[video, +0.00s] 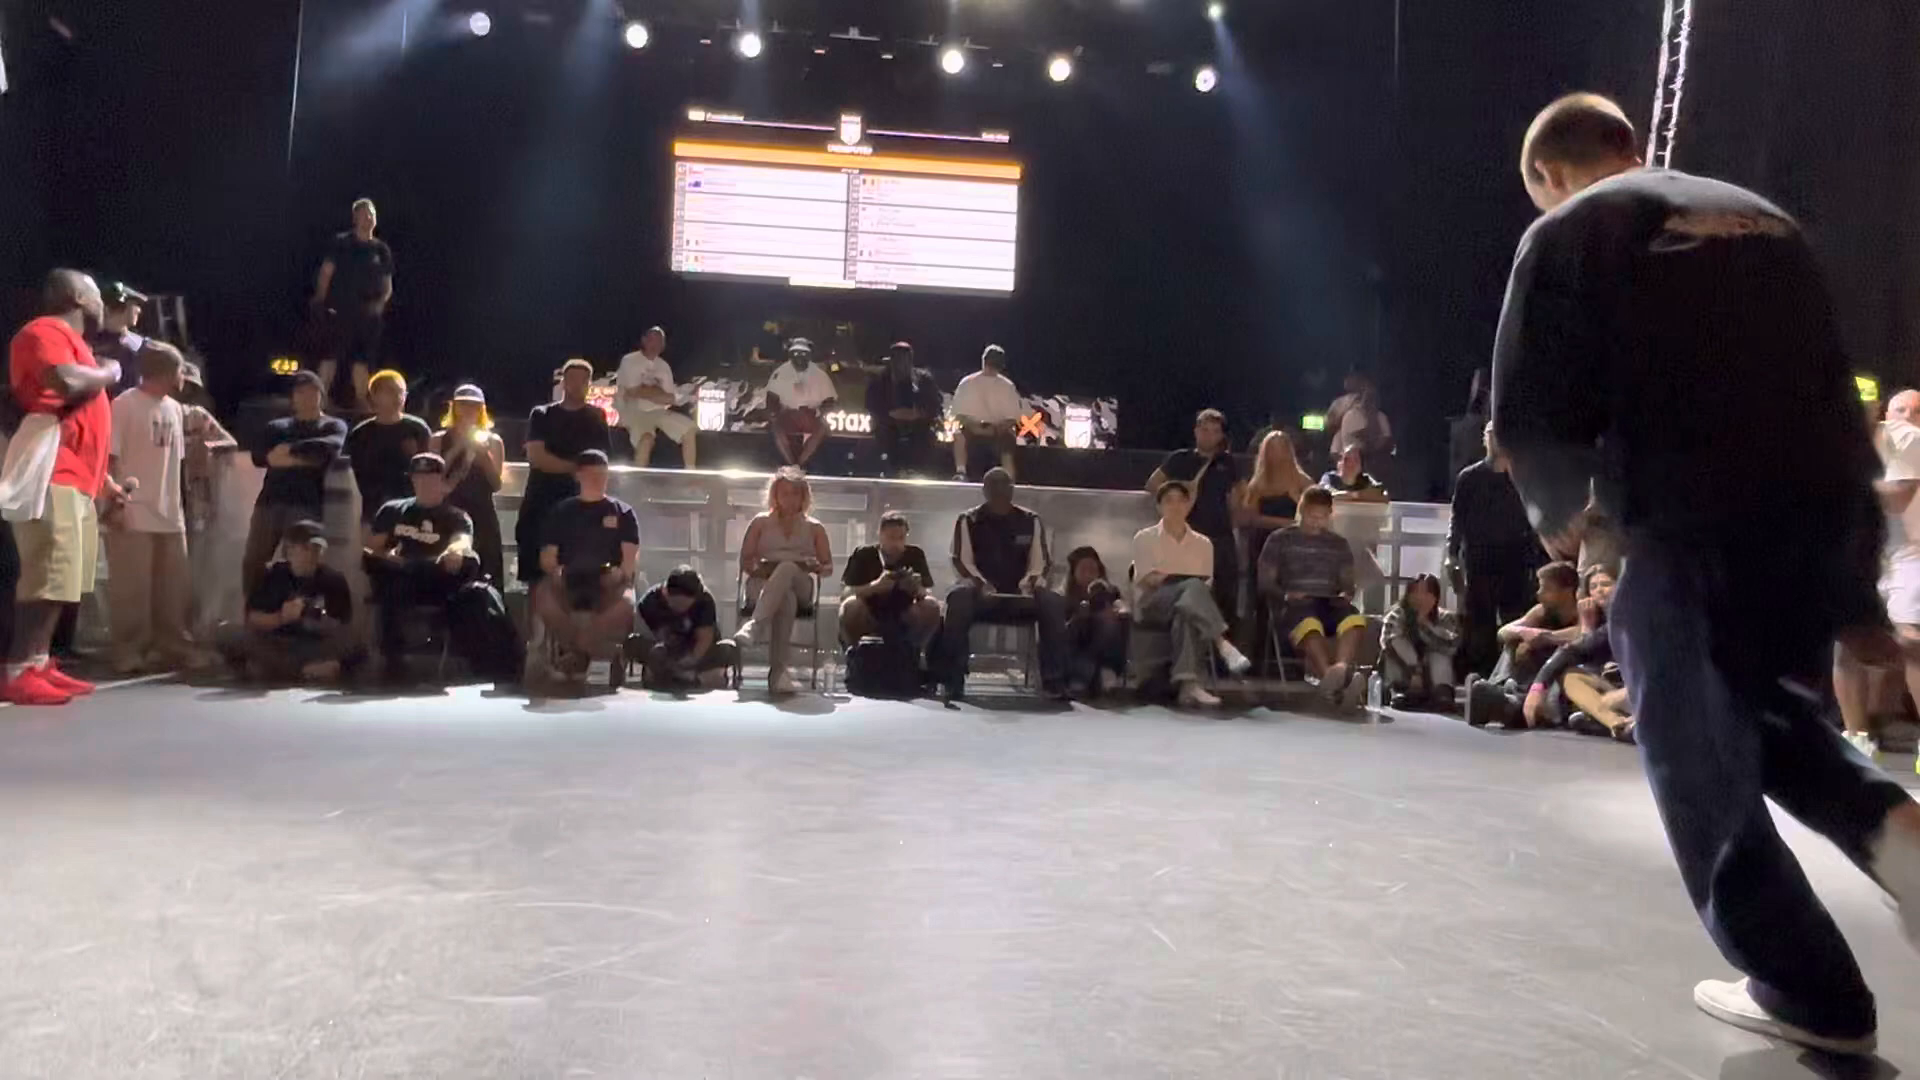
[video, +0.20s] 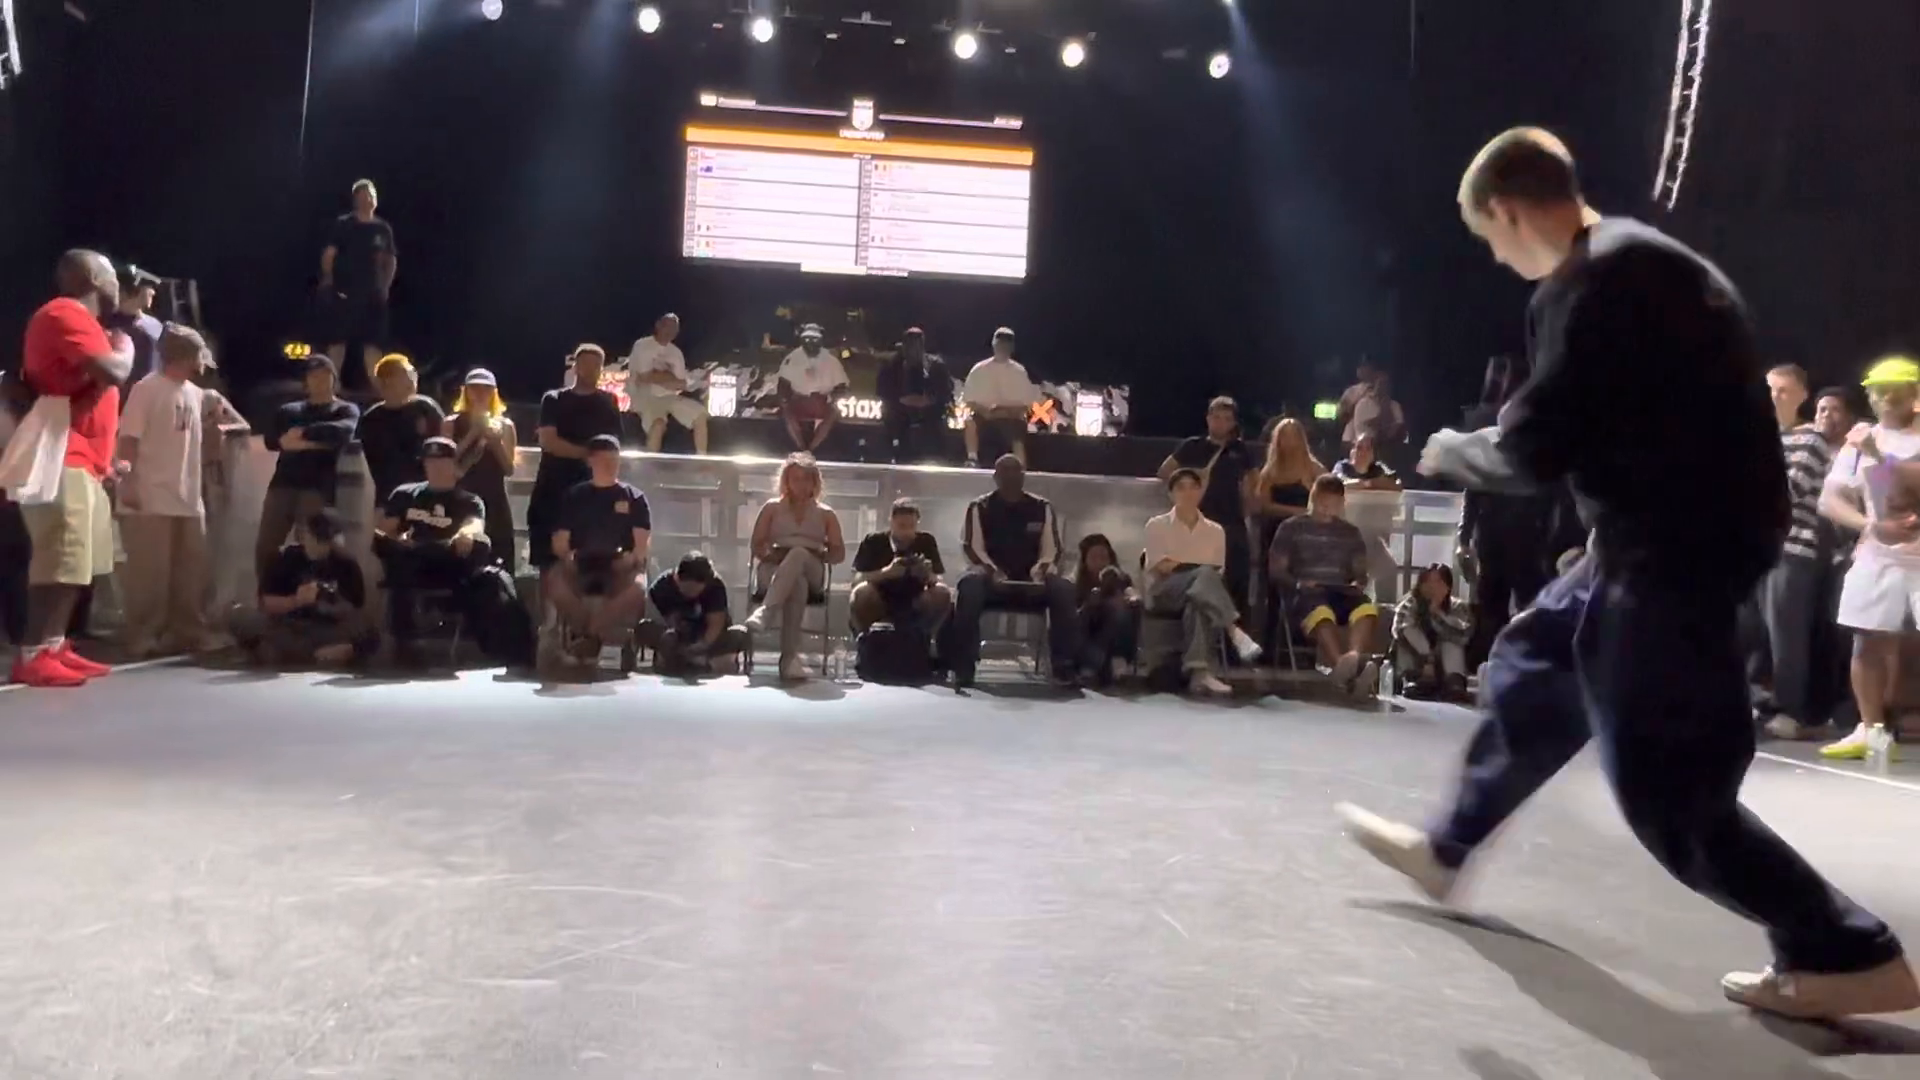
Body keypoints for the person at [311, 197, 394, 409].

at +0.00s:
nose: (367, 220)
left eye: (370, 216)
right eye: (362, 216)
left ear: (375, 220)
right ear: (354, 219)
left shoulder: (381, 249)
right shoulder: (340, 243)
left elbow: (387, 285)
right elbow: (326, 272)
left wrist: (379, 305)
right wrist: (320, 300)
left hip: (367, 311)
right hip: (338, 308)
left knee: (363, 360)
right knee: (330, 357)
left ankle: (363, 404)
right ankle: (320, 401)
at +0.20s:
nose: (367, 200)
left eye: (370, 196)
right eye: (363, 196)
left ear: (376, 200)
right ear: (355, 200)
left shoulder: (383, 228)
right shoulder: (342, 225)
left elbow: (390, 260)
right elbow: (328, 255)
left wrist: (384, 287)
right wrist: (329, 283)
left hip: (372, 293)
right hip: (343, 292)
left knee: (373, 343)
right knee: (337, 342)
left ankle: (377, 390)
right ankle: (333, 385)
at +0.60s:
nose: (377, 175)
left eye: (380, 170)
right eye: (372, 171)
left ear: (385, 174)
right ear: (364, 174)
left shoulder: (393, 202)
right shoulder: (349, 201)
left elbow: (394, 233)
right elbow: (339, 231)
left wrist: (386, 253)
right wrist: (341, 259)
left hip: (384, 265)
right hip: (356, 265)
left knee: (395, 317)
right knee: (356, 319)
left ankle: (403, 366)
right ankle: (354, 365)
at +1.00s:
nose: (399, 161)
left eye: (402, 156)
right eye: (394, 156)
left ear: (406, 159)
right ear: (385, 159)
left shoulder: (416, 187)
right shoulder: (371, 186)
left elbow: (418, 215)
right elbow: (360, 217)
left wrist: (409, 236)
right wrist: (367, 243)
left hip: (411, 251)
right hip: (382, 250)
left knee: (421, 299)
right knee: (379, 300)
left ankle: (422, 345)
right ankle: (376, 345)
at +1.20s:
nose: (422, 157)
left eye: (424, 152)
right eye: (417, 152)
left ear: (427, 155)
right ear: (406, 155)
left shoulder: (431, 183)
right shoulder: (387, 182)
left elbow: (434, 211)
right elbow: (377, 215)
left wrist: (424, 231)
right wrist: (385, 239)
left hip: (426, 244)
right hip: (397, 244)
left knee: (436, 296)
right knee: (389, 296)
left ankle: (441, 344)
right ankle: (384, 340)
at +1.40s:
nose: (455, 165)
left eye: (456, 160)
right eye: (452, 159)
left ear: (455, 161)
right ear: (438, 158)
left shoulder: (452, 188)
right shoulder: (415, 181)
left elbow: (450, 218)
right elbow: (397, 211)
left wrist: (446, 239)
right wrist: (403, 237)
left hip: (443, 246)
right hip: (416, 244)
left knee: (452, 293)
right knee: (403, 293)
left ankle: (451, 338)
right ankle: (391, 334)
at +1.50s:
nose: (474, 167)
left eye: (475, 162)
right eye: (471, 161)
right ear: (458, 161)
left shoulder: (467, 191)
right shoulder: (436, 181)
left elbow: (461, 221)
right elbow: (413, 207)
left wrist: (458, 242)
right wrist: (414, 237)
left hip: (455, 249)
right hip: (429, 246)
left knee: (457, 294)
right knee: (412, 292)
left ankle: (458, 340)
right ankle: (395, 332)